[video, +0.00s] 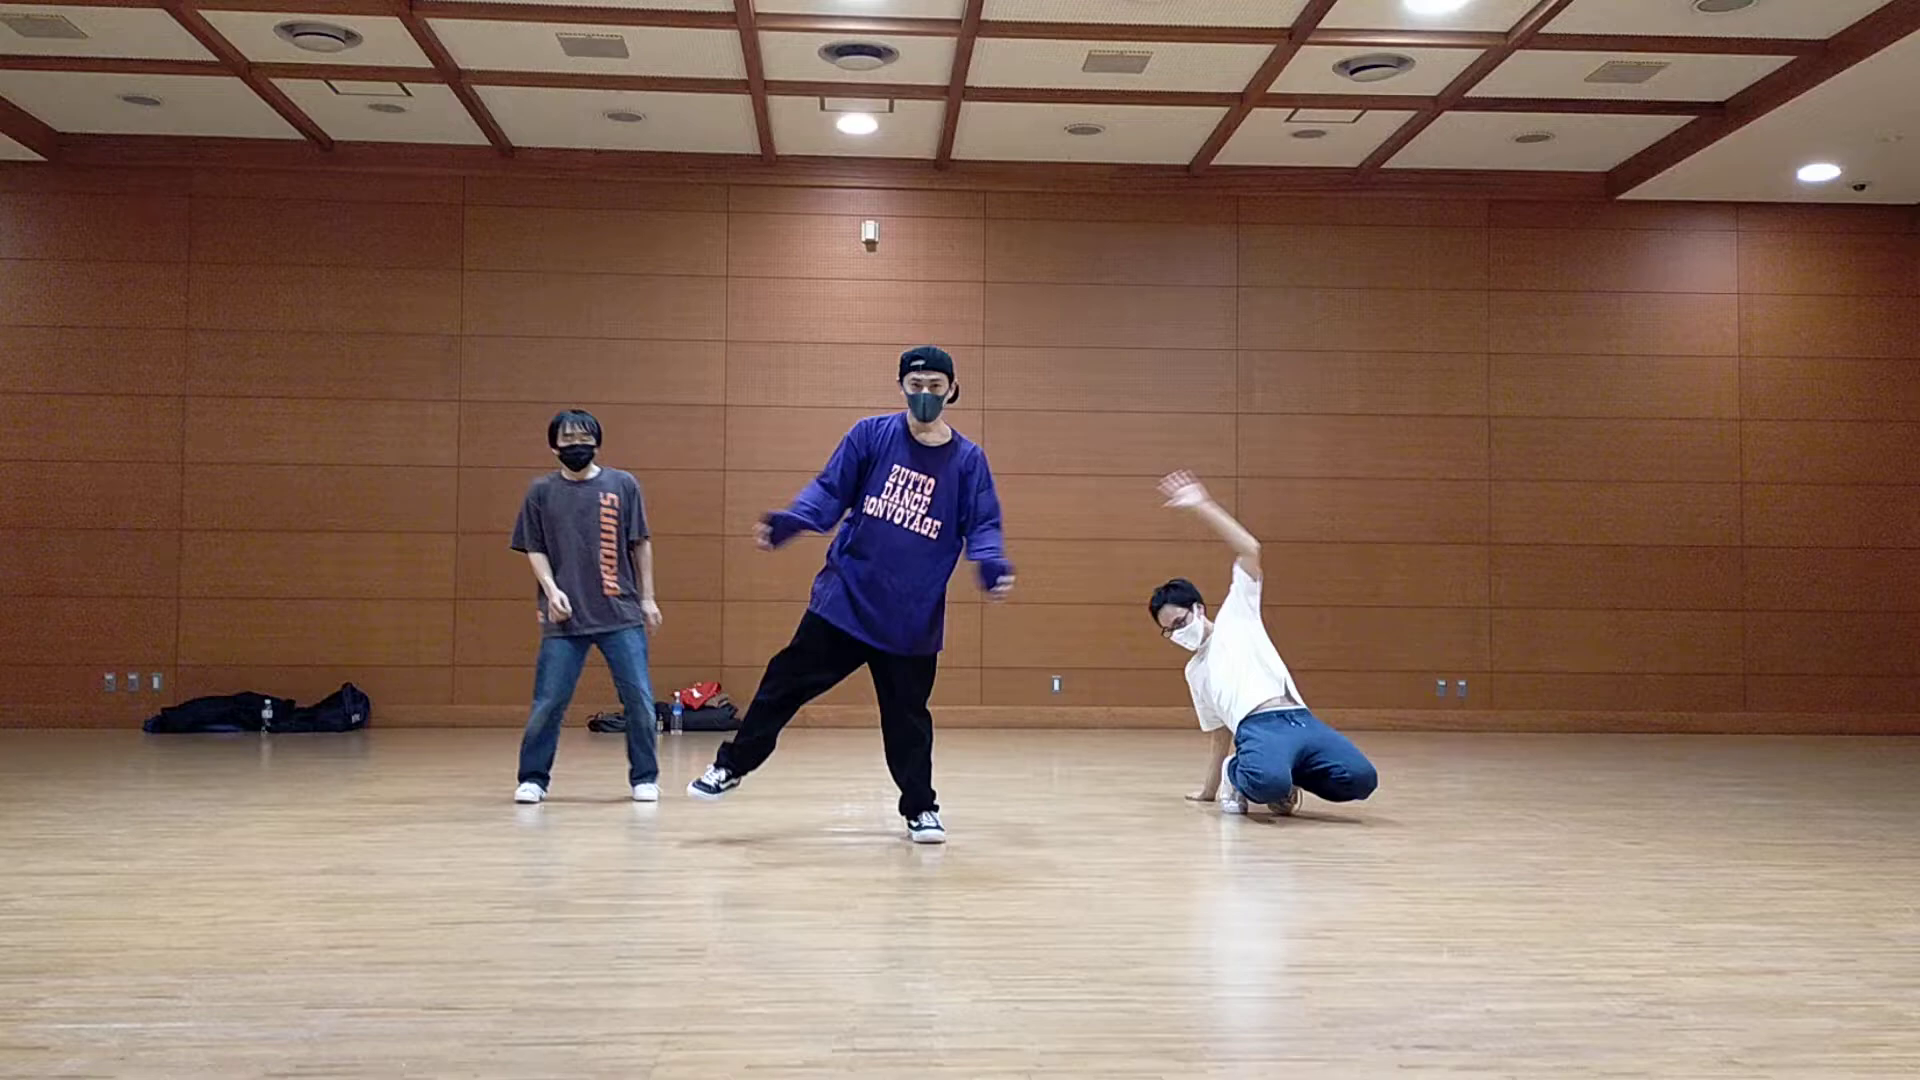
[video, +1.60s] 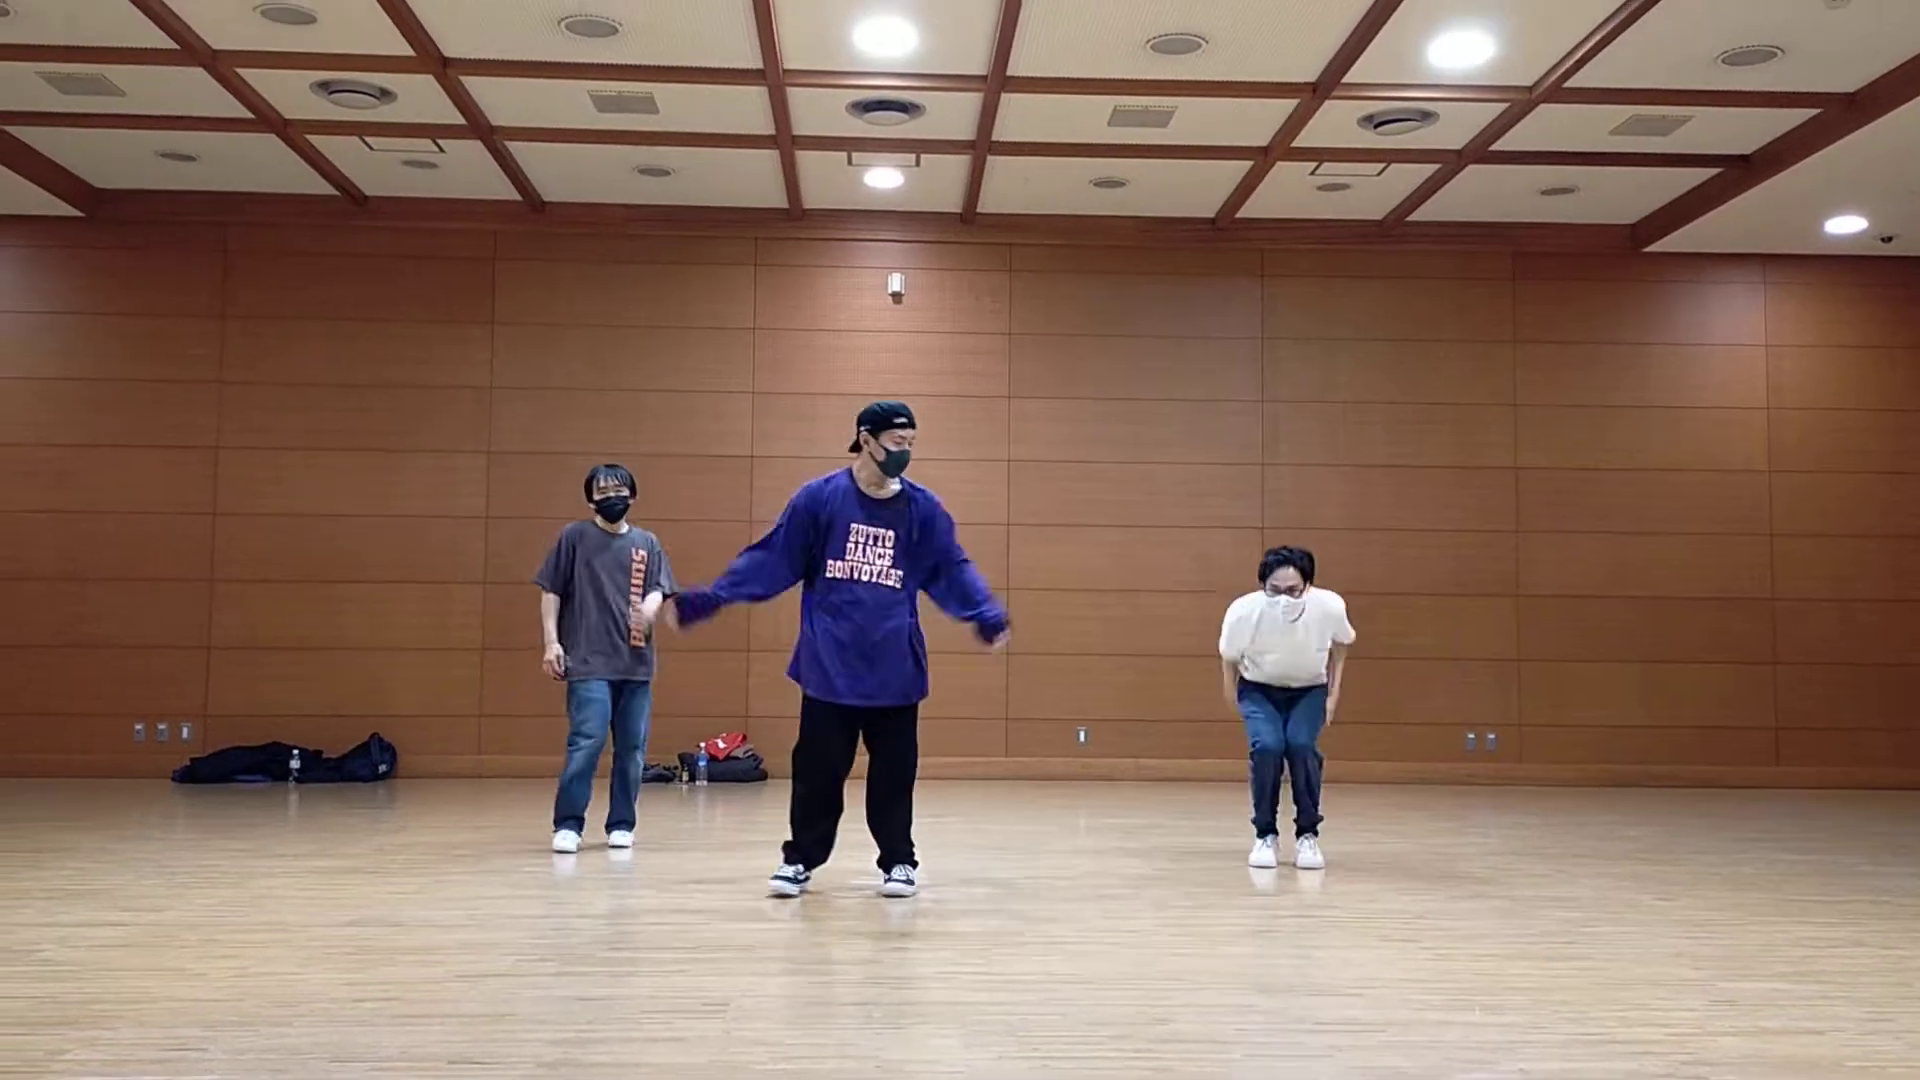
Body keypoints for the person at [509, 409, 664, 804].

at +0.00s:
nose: (574, 442)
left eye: (581, 435)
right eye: (566, 436)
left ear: (596, 441)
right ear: (554, 445)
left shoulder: (622, 485)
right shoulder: (541, 492)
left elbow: (641, 543)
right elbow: (534, 548)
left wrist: (648, 597)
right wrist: (551, 590)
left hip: (620, 614)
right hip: (567, 617)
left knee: (639, 697)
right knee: (549, 700)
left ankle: (645, 778)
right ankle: (532, 779)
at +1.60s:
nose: (613, 497)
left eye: (619, 490)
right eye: (604, 492)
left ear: (631, 496)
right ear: (592, 498)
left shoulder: (648, 543)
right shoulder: (574, 537)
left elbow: (659, 590)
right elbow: (551, 592)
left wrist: (646, 614)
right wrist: (551, 642)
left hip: (636, 662)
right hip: (589, 659)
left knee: (631, 748)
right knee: (588, 741)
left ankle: (621, 826)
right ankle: (568, 825)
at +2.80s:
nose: (605, 501)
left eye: (612, 495)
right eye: (597, 495)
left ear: (625, 504)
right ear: (586, 505)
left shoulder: (643, 544)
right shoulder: (570, 545)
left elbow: (662, 588)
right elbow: (551, 592)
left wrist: (627, 576)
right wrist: (579, 591)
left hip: (627, 670)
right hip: (579, 670)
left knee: (623, 756)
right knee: (574, 755)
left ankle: (617, 836)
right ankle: (579, 826)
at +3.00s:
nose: (611, 501)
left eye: (619, 495)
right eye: (604, 495)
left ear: (632, 503)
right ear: (593, 504)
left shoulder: (650, 543)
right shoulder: (577, 542)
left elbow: (661, 590)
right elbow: (556, 591)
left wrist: (623, 583)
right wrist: (594, 596)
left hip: (637, 669)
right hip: (589, 669)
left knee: (638, 754)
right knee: (590, 748)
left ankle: (639, 835)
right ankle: (598, 832)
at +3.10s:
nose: (612, 525)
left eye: (620, 519)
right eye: (605, 519)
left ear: (633, 524)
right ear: (594, 525)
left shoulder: (651, 569)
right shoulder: (575, 568)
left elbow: (654, 625)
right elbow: (569, 626)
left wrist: (642, 668)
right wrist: (584, 671)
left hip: (639, 679)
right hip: (594, 678)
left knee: (643, 767)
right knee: (594, 758)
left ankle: (642, 838)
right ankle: (591, 835)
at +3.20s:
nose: (605, 518)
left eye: (613, 512)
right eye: (599, 512)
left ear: (628, 520)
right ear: (588, 520)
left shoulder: (650, 566)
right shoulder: (569, 567)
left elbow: (678, 620)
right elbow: (548, 622)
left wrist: (701, 665)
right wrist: (525, 671)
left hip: (637, 688)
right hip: (587, 686)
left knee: (639, 770)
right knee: (590, 760)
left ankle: (639, 835)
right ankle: (588, 846)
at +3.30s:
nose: (602, 504)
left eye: (610, 498)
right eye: (595, 499)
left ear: (626, 506)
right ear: (585, 509)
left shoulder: (650, 550)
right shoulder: (567, 552)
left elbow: (692, 583)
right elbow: (529, 594)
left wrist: (740, 601)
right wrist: (479, 614)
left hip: (634, 681)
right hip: (582, 680)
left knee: (633, 764)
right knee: (583, 765)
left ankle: (638, 820)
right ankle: (590, 851)